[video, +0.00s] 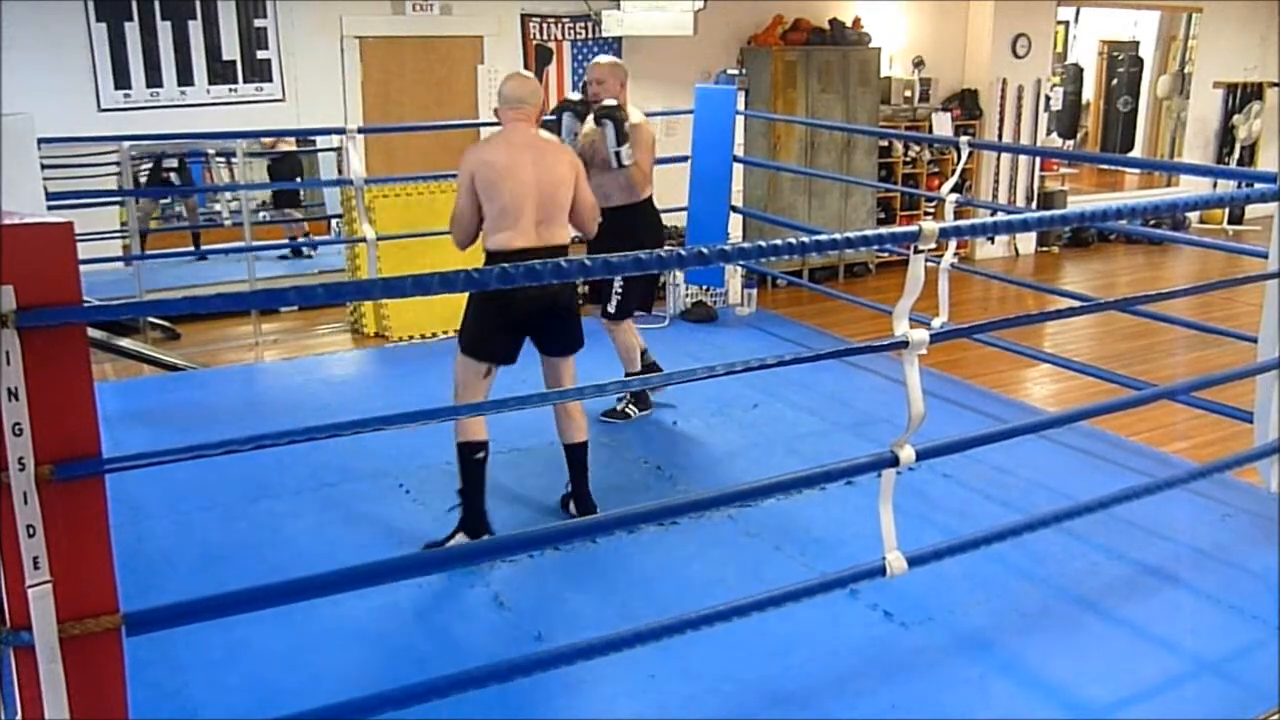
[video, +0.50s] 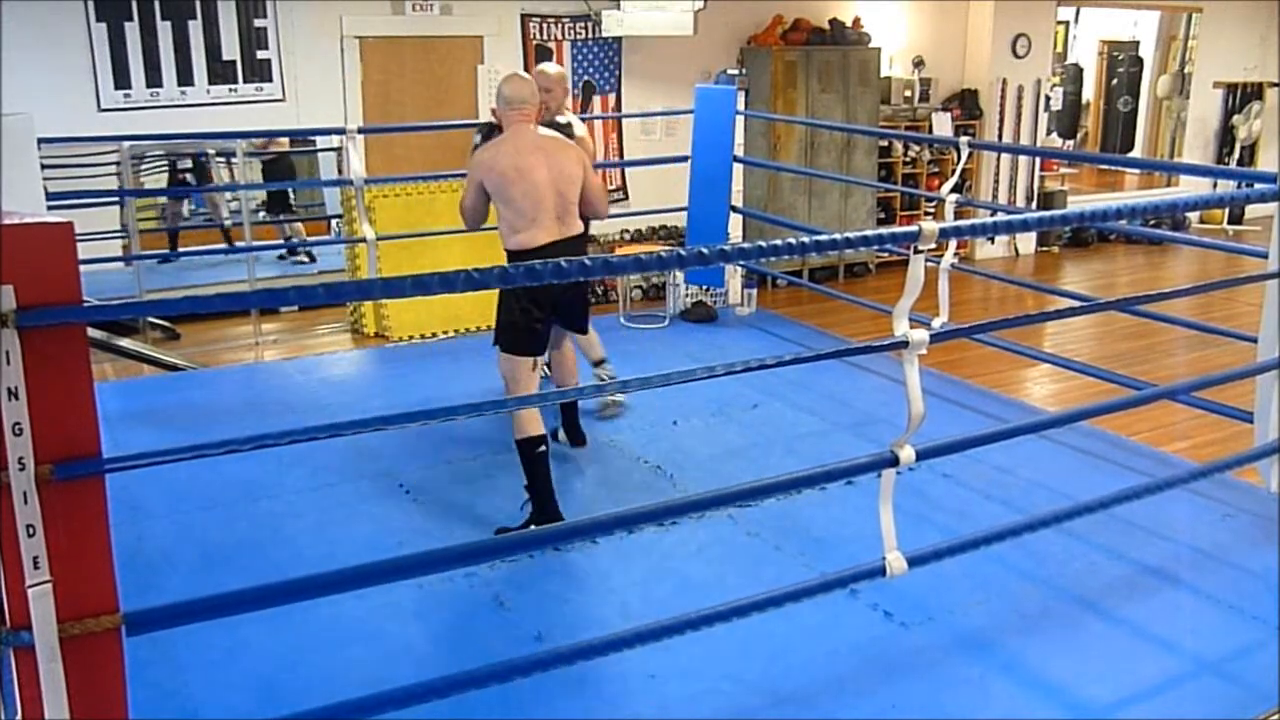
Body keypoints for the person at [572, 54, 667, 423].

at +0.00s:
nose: (591, 90)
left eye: (599, 83)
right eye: (588, 84)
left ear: (621, 85)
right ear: (586, 88)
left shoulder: (638, 128)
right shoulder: (589, 129)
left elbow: (639, 183)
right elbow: (575, 173)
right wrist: (568, 136)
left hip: (636, 220)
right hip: (605, 221)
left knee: (614, 315)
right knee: (607, 306)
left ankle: (638, 393)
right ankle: (645, 363)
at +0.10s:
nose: (585, 93)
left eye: (593, 86)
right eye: (582, 86)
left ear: (616, 88)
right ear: (581, 90)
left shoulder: (629, 135)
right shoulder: (588, 128)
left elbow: (625, 192)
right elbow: (576, 180)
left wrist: (597, 153)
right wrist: (565, 133)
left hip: (626, 227)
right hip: (595, 225)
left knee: (607, 321)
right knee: (588, 307)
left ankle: (638, 395)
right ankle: (631, 356)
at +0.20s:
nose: (578, 93)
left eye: (585, 86)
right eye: (574, 86)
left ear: (606, 88)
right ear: (572, 90)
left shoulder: (619, 133)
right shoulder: (583, 127)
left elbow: (616, 193)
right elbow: (574, 178)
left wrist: (587, 151)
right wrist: (560, 135)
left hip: (615, 224)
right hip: (585, 219)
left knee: (605, 318)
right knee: (577, 294)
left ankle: (637, 395)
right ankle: (584, 355)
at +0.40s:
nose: (553, 102)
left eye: (561, 95)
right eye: (548, 95)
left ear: (583, 97)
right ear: (543, 96)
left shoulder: (592, 139)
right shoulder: (540, 133)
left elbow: (592, 193)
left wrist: (567, 156)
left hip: (585, 231)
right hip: (549, 229)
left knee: (594, 320)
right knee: (546, 312)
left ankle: (634, 392)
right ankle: (546, 368)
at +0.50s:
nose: (540, 98)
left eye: (548, 91)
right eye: (537, 90)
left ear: (566, 93)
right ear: (532, 92)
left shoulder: (577, 132)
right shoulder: (524, 129)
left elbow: (589, 178)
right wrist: (488, 144)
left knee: (572, 316)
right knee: (539, 316)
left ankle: (606, 377)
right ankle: (535, 376)